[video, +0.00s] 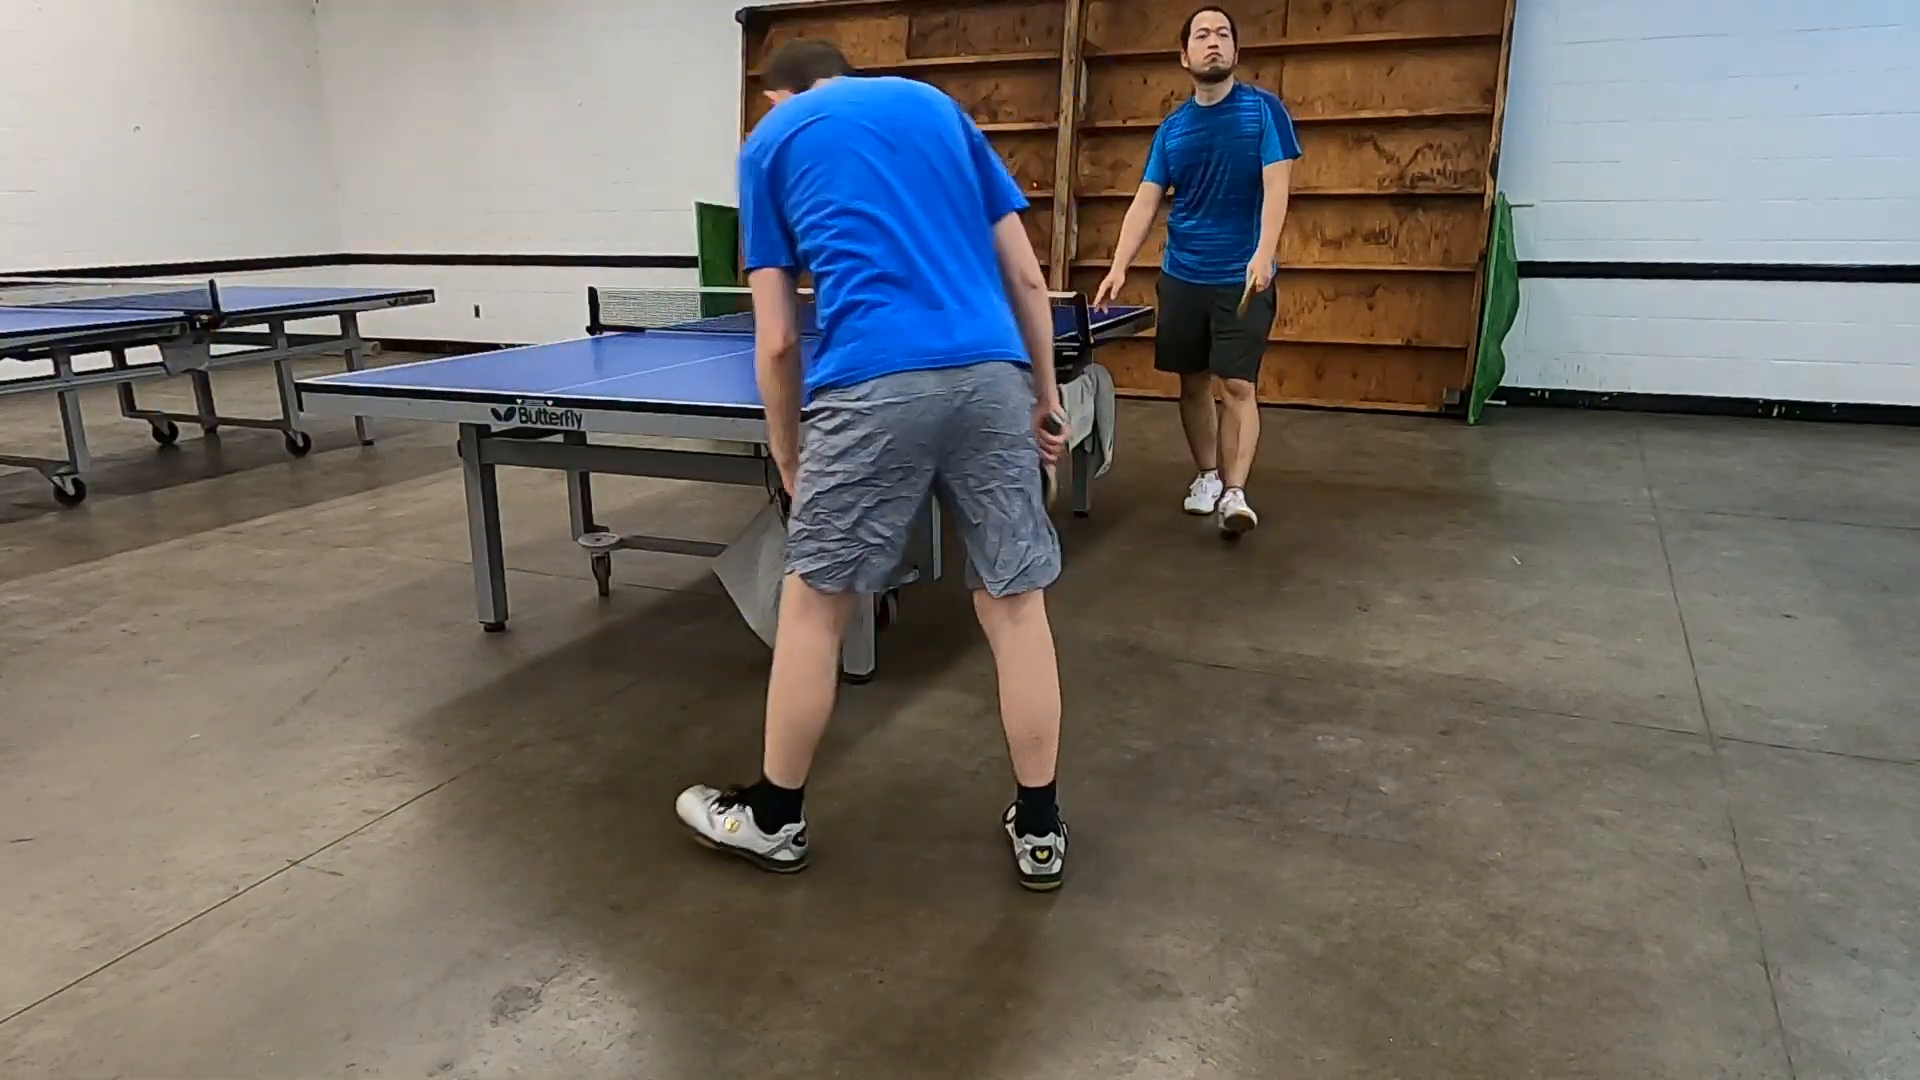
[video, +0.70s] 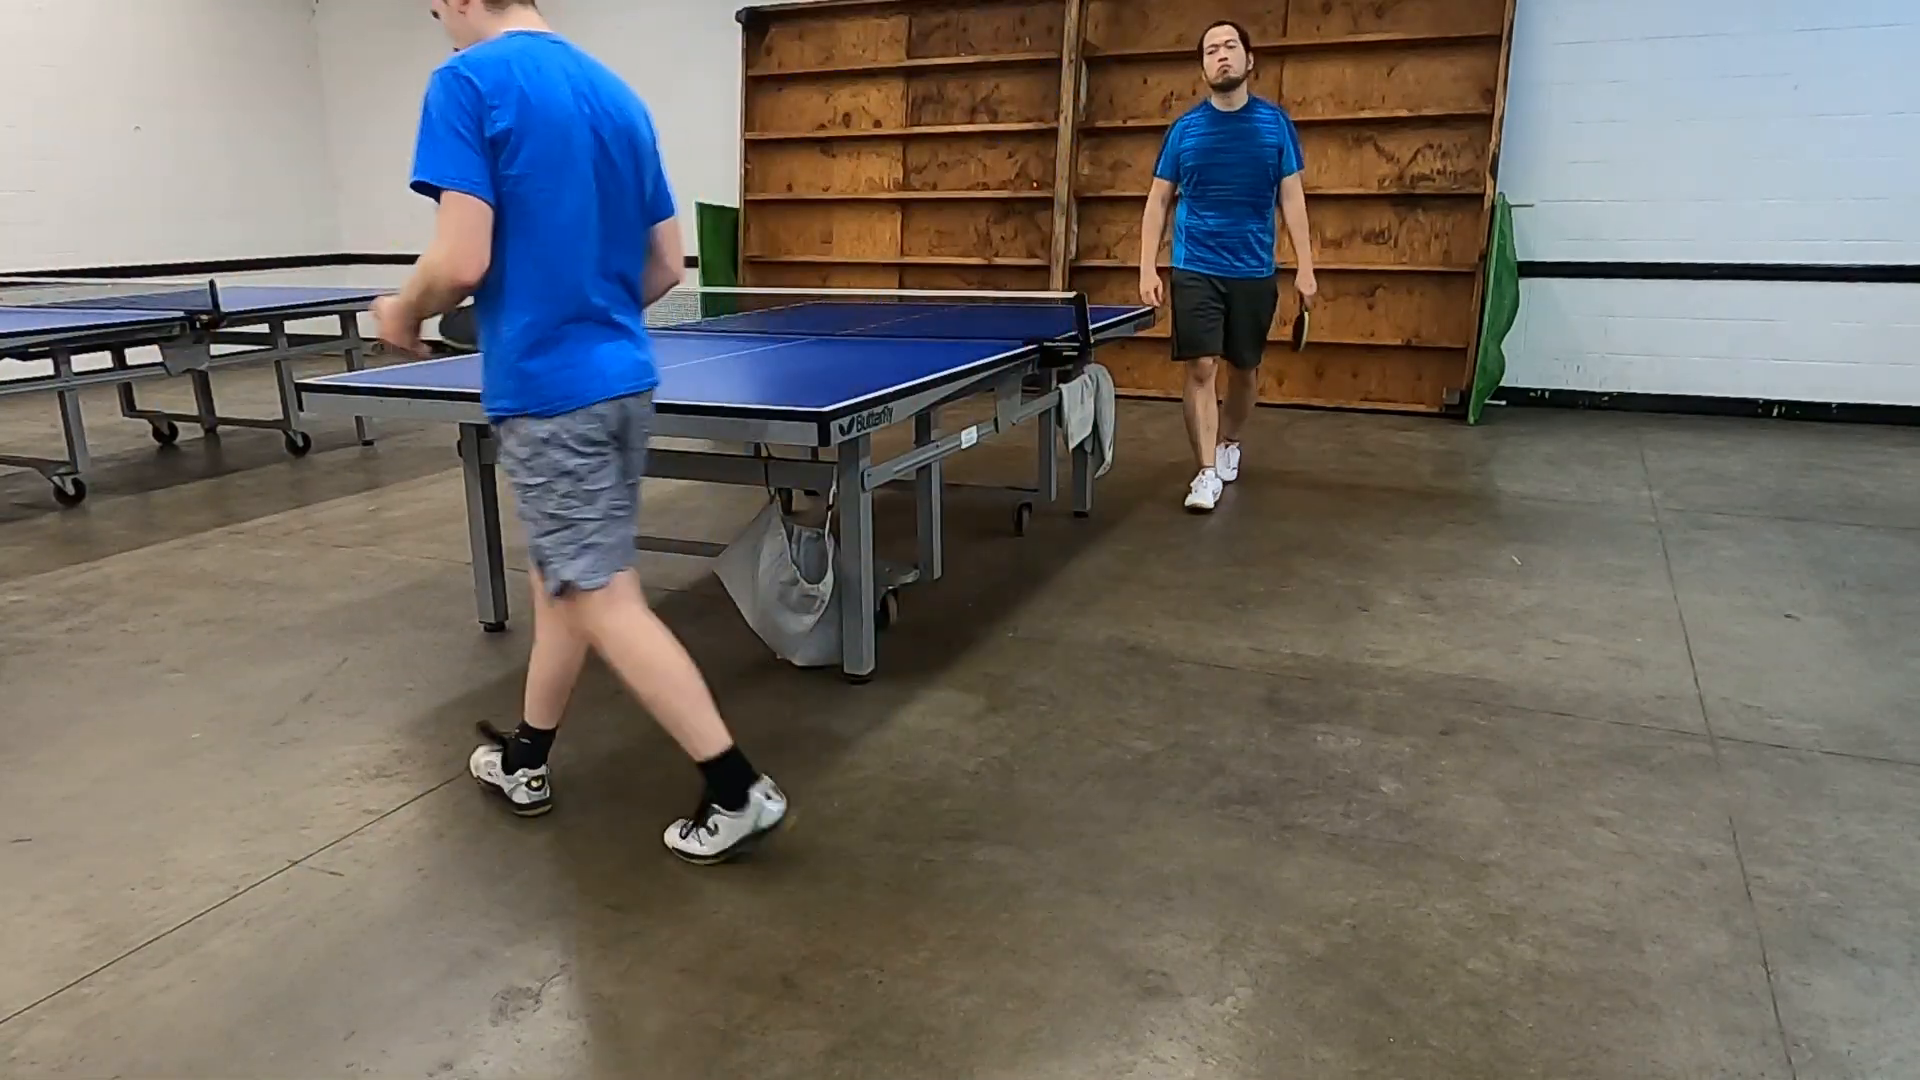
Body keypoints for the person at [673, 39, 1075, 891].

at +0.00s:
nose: (765, 119)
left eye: (763, 107)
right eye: (768, 105)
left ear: (776, 93)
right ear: (848, 69)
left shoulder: (770, 144)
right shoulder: (938, 108)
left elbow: (778, 339)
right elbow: (1025, 273)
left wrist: (787, 460)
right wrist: (1046, 390)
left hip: (872, 390)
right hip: (991, 375)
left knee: (816, 600)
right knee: (1015, 603)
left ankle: (775, 816)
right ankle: (1041, 829)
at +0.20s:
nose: (642, 85)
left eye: (637, 73)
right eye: (639, 73)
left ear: (649, 56)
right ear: (724, 37)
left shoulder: (652, 114)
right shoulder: (827, 90)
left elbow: (676, 295)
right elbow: (927, 240)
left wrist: (683, 406)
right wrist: (938, 353)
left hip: (764, 386)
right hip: (880, 372)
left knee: (740, 596)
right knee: (920, 578)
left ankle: (763, 816)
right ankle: (1009, 789)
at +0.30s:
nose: (591, 52)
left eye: (586, 38)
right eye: (589, 39)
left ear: (599, 24)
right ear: (675, 14)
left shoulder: (610, 86)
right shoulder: (781, 78)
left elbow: (619, 271)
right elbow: (871, 239)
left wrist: (576, 375)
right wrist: (854, 348)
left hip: (720, 376)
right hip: (826, 366)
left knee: (724, 598)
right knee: (843, 566)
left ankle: (762, 816)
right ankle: (938, 749)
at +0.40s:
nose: (553, 35)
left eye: (546, 25)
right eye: (550, 27)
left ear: (564, 10)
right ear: (639, 1)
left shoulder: (572, 66)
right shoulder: (738, 71)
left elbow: (574, 261)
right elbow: (809, 244)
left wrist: (509, 348)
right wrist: (776, 332)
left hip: (681, 367)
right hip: (778, 357)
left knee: (707, 593)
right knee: (764, 557)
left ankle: (759, 811)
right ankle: (826, 737)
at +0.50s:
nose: (512, 29)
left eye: (508, 20)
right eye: (509, 21)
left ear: (528, 6)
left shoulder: (538, 60)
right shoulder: (697, 74)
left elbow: (528, 260)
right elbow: (750, 258)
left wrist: (496, 323)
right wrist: (698, 321)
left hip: (641, 372)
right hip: (734, 359)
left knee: (692, 599)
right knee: (682, 571)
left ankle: (763, 814)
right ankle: (700, 747)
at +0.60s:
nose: (477, 29)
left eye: (474, 19)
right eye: (474, 20)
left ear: (493, 7)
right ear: (566, 2)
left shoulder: (502, 69)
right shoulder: (657, 81)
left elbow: (493, 263)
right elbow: (704, 260)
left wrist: (459, 322)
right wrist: (619, 300)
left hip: (596, 379)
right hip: (683, 364)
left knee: (667, 594)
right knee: (619, 574)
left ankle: (759, 808)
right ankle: (576, 744)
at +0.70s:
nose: (440, 26)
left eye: (437, 16)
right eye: (436, 17)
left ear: (460, 6)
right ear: (529, 4)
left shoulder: (468, 78)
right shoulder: (614, 91)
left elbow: (462, 261)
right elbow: (666, 263)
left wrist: (406, 306)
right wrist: (586, 311)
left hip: (546, 389)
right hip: (625, 375)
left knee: (605, 596)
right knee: (564, 574)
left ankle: (737, 789)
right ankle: (526, 760)